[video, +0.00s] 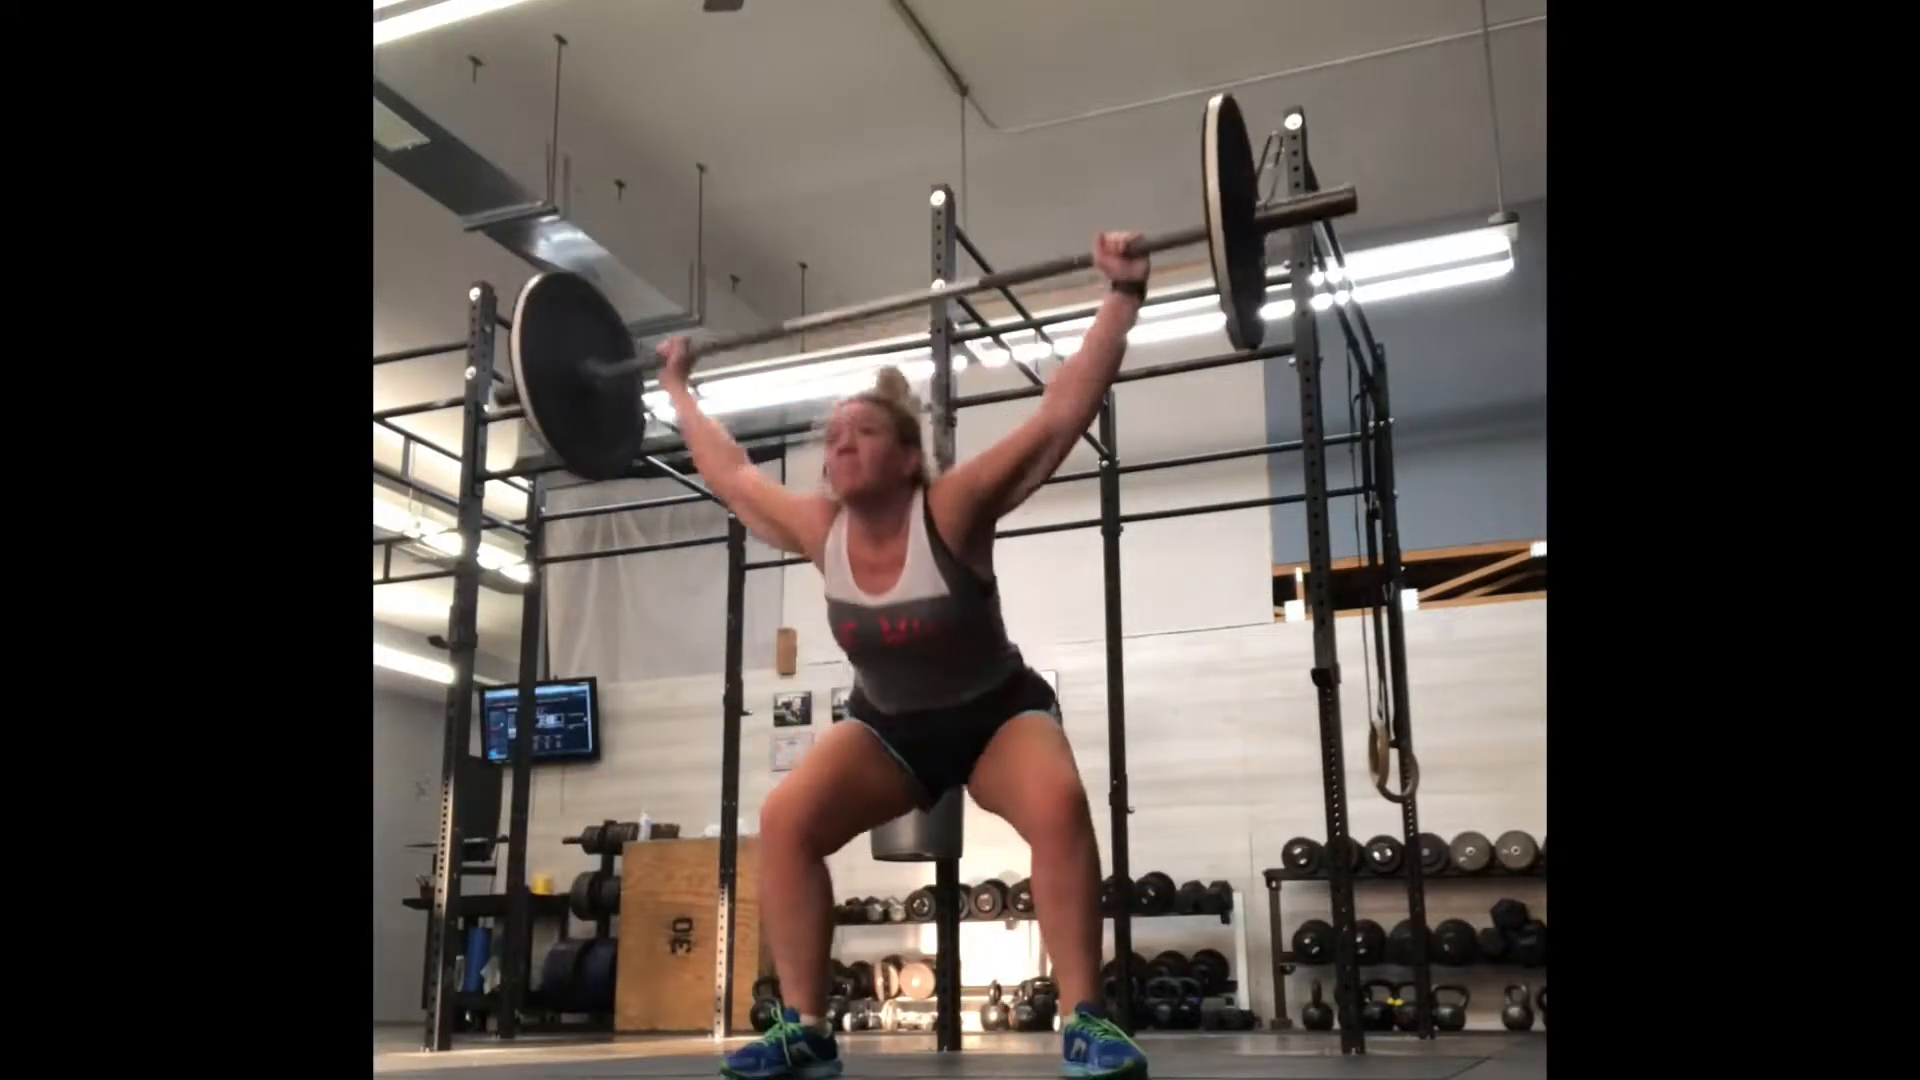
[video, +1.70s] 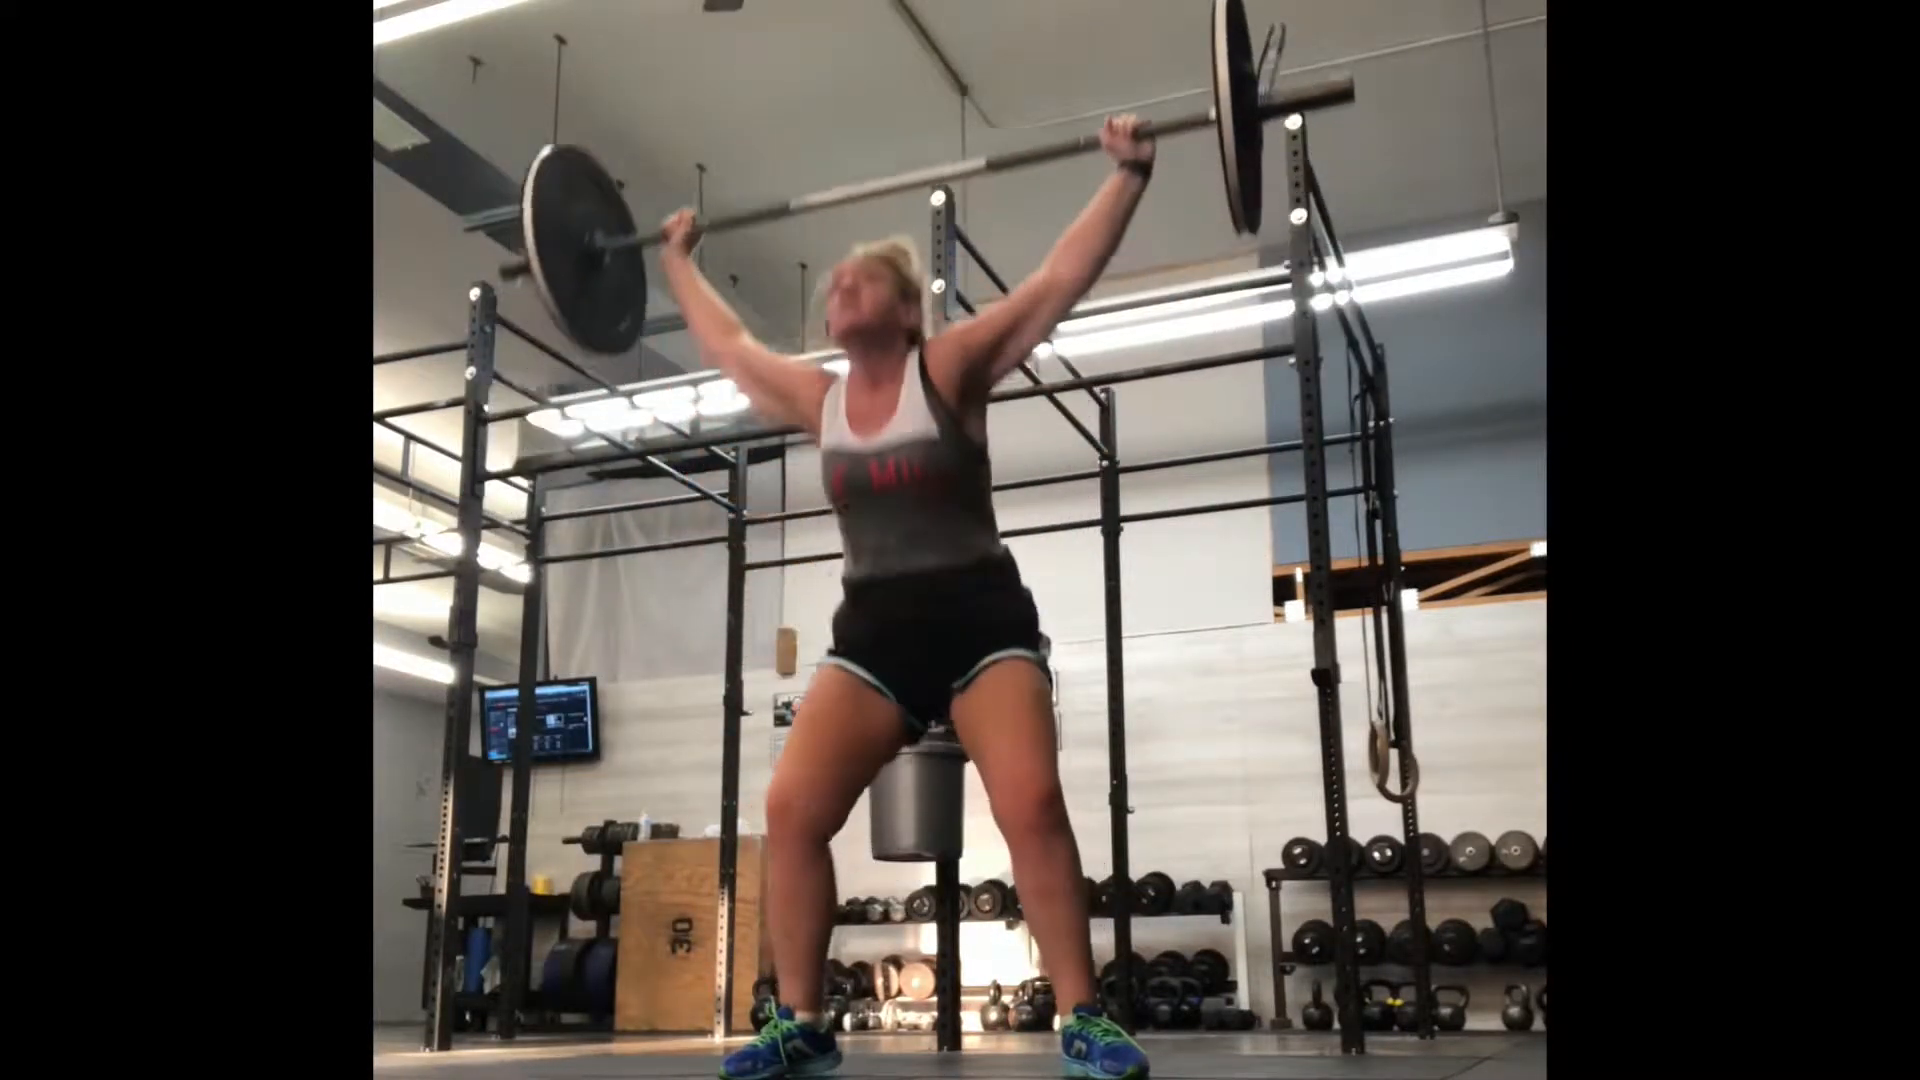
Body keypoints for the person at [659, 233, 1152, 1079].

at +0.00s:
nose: (843, 445)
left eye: (864, 432)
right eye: (833, 436)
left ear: (906, 452)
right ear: (825, 455)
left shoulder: (956, 503)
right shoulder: (818, 526)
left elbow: (1061, 417)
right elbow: (730, 476)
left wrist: (1120, 298)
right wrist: (675, 388)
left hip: (998, 719)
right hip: (888, 732)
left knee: (1061, 809)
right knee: (785, 820)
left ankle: (1081, 1017)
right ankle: (803, 1026)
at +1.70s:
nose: (835, 292)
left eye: (853, 282)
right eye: (833, 284)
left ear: (903, 303)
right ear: (831, 312)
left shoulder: (954, 361)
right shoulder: (821, 395)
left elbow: (1056, 279)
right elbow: (727, 344)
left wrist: (1127, 178)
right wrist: (676, 258)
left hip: (982, 623)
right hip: (872, 635)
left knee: (1034, 808)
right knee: (790, 810)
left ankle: (1080, 1015)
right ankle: (800, 1019)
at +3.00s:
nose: (823, 503)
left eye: (841, 486)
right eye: (814, 488)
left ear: (888, 497)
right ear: (805, 497)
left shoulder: (945, 566)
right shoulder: (817, 593)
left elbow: (1052, 669)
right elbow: (755, 698)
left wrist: (1116, 783)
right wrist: (696, 799)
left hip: (1000, 703)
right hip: (904, 715)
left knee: (1011, 828)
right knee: (842, 838)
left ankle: (1040, 1019)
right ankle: (843, 1024)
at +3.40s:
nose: (910, 304)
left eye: (928, 295)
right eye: (902, 298)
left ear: (967, 314)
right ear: (892, 320)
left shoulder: (999, 361)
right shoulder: (874, 388)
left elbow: (1112, 368)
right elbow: (773, 430)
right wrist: (715, 387)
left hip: (969, 567)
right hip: (873, 573)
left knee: (1007, 780)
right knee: (837, 782)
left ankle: (1066, 980)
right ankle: (810, 984)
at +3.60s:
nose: (882, 388)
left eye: (900, 382)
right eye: (878, 379)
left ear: (935, 408)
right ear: (866, 402)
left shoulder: (972, 461)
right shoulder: (846, 478)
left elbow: (1065, 372)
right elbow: (762, 429)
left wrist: (1109, 253)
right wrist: (712, 337)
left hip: (987, 695)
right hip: (881, 704)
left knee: (1051, 831)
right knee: (789, 838)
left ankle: (1078, 1017)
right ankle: (819, 1023)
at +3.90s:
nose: (844, 465)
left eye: (864, 455)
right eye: (839, 456)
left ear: (907, 475)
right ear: (832, 474)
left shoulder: (951, 525)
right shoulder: (824, 544)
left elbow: (1048, 448)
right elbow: (755, 499)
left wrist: (1120, 342)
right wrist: (721, 423)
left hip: (991, 734)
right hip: (889, 747)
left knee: (1054, 830)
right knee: (789, 838)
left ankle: (1079, 1019)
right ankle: (819, 1026)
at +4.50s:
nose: (832, 588)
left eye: (854, 575)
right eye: (824, 580)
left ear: (898, 599)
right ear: (816, 601)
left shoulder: (950, 641)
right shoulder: (820, 661)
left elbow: (1049, 572)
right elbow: (745, 599)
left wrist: (1124, 458)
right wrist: (699, 506)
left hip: (994, 821)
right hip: (893, 831)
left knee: (1073, 828)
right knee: (781, 847)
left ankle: (1079, 1024)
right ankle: (820, 1030)